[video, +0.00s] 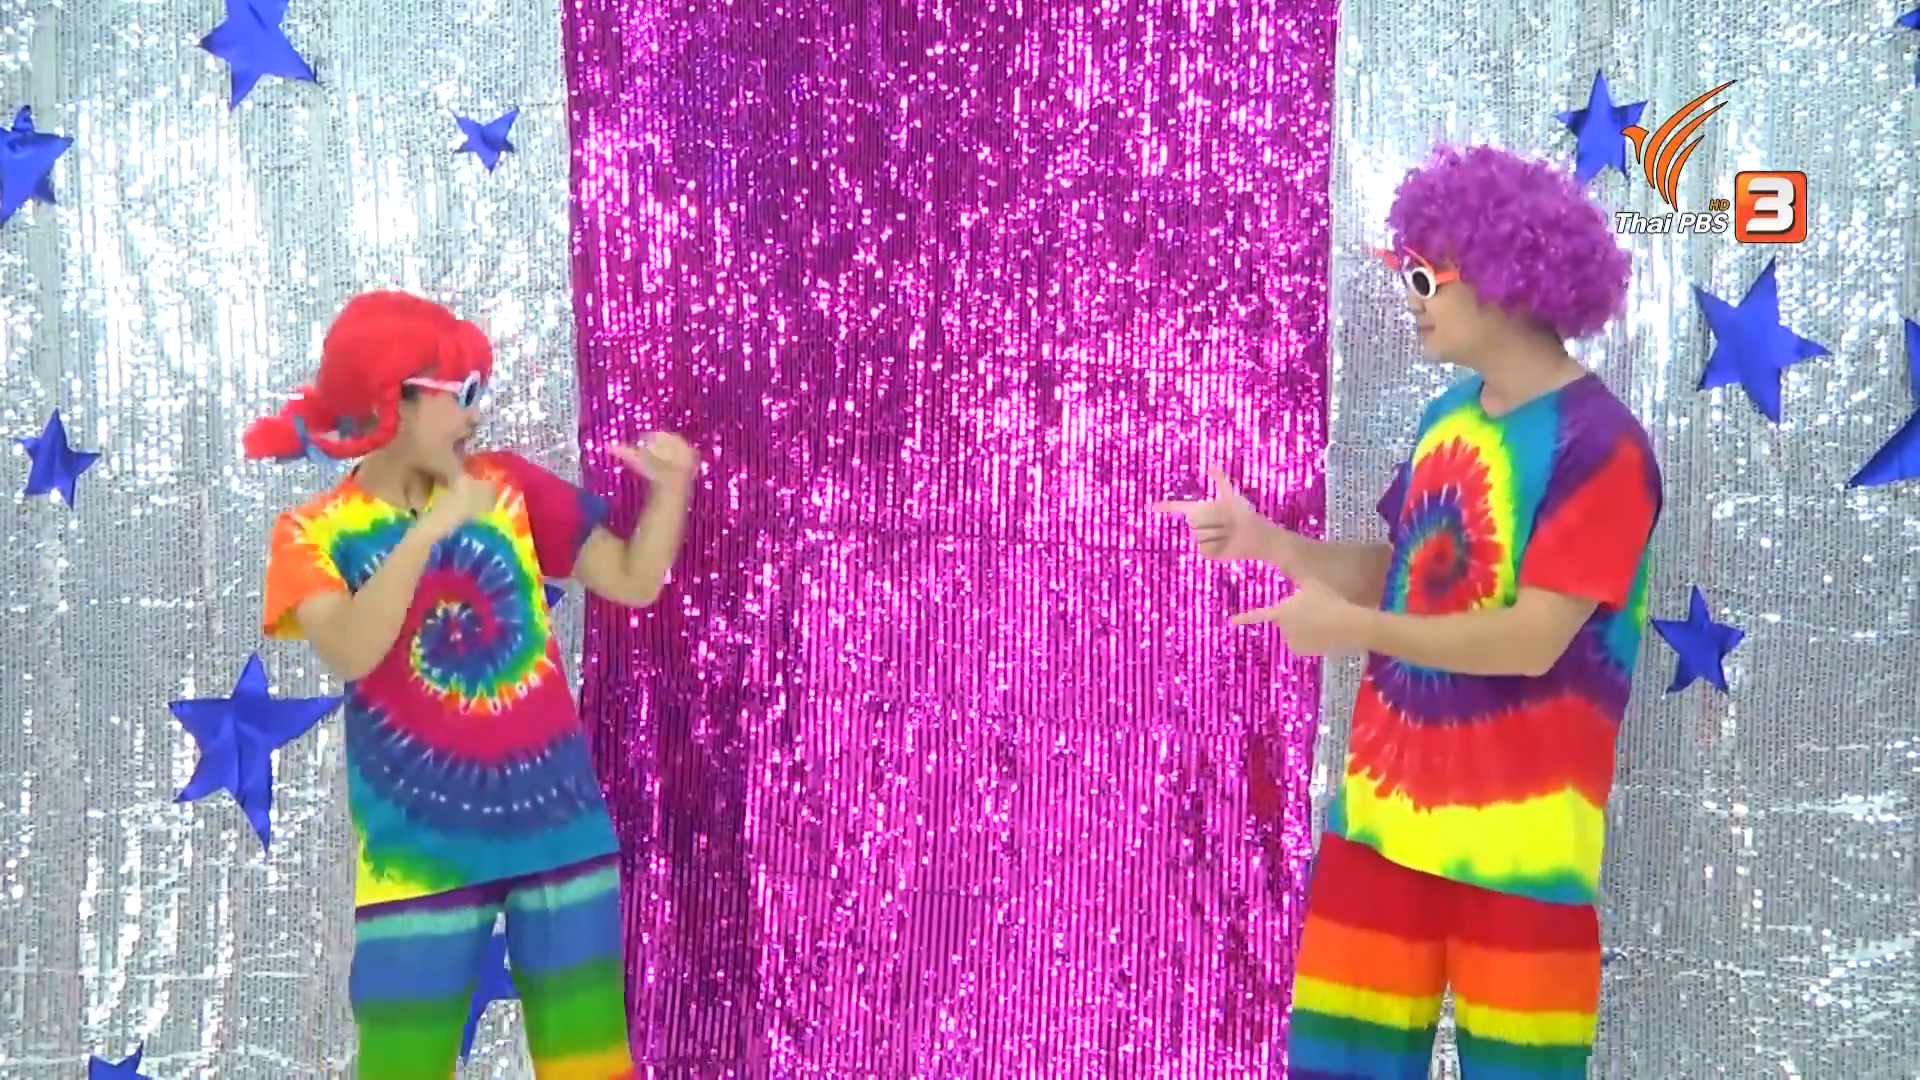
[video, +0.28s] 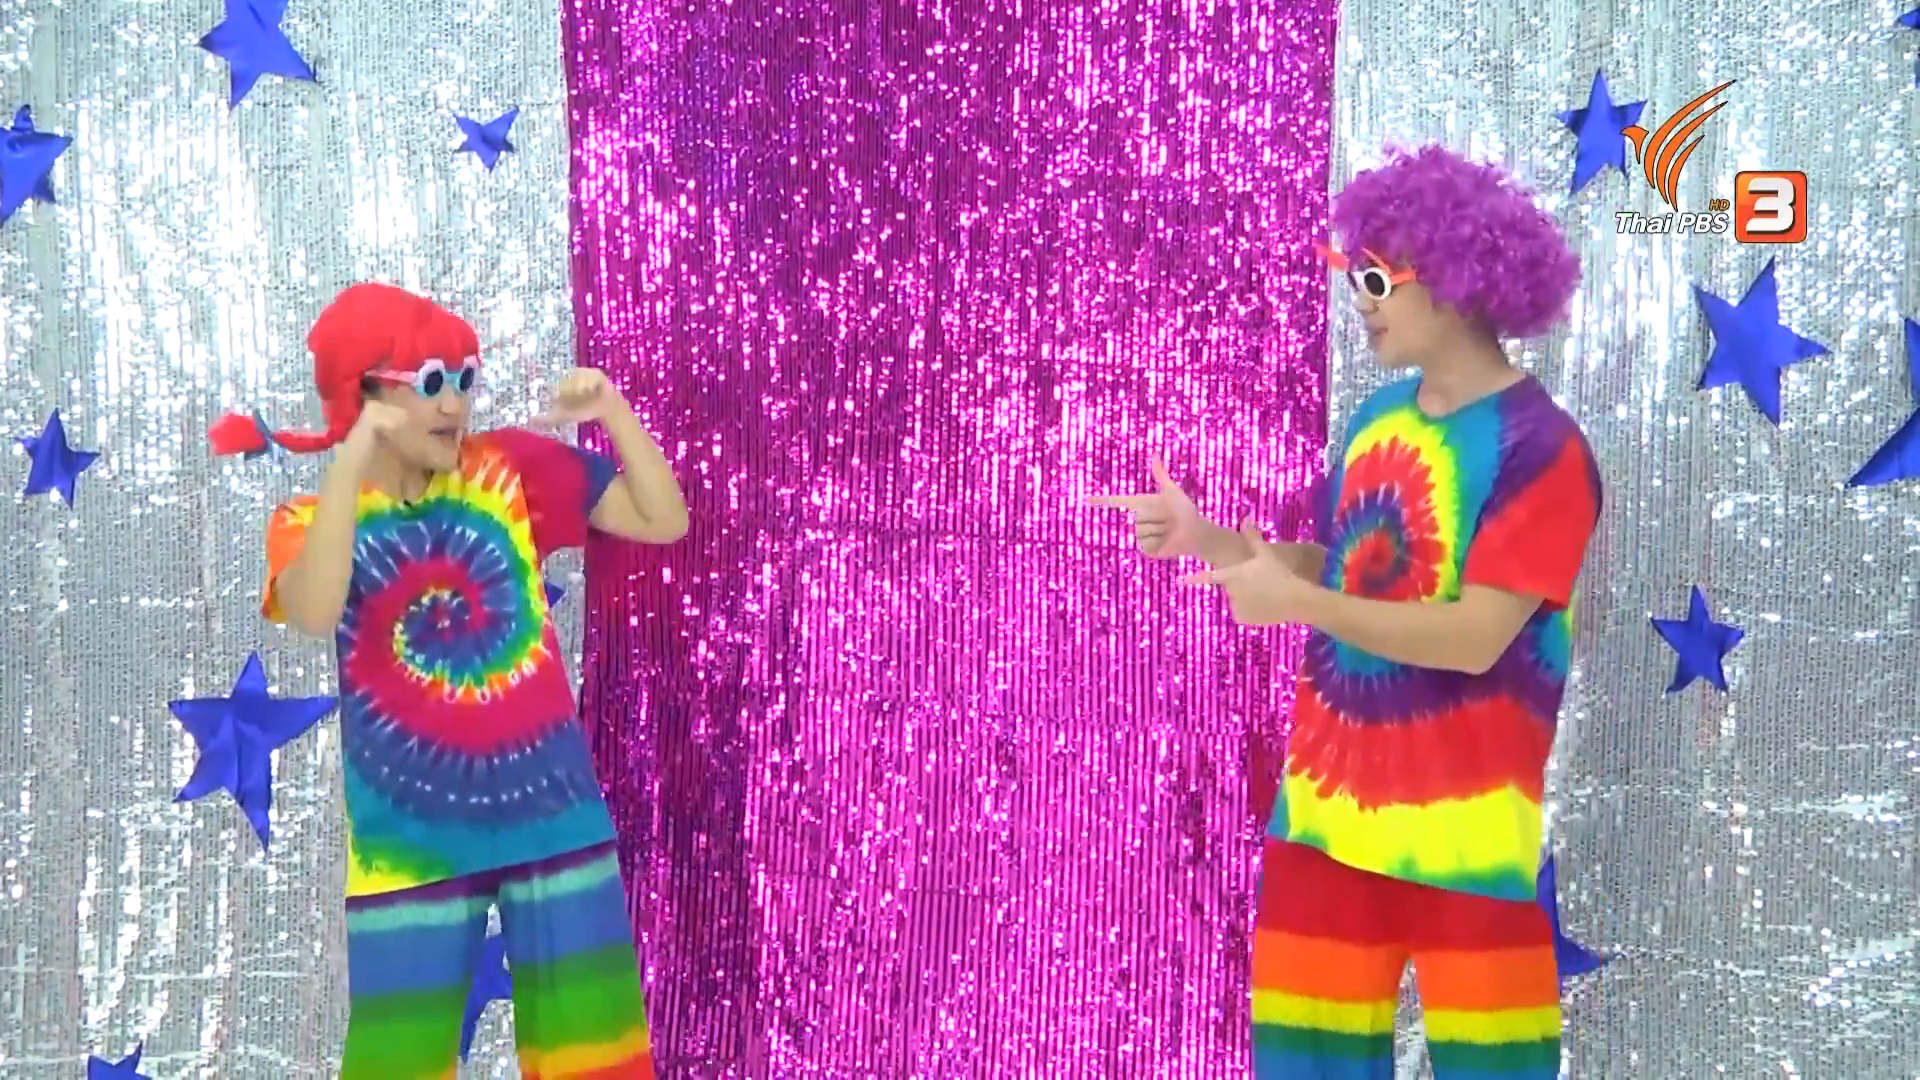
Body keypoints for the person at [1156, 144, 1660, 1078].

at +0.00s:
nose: (1409, 302)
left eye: (1427, 278)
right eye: (1410, 279)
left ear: (1507, 283)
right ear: (1493, 286)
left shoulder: (1605, 446)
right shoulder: (1447, 422)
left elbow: (1532, 640)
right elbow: (1391, 577)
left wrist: (1359, 628)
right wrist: (1266, 538)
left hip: (1520, 853)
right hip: (1382, 830)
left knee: (1518, 1066)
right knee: (1337, 1058)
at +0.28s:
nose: (1359, 305)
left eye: (1378, 280)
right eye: (1357, 283)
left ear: (1457, 283)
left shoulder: (1547, 450)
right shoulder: (1375, 423)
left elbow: (1475, 637)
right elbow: (1323, 568)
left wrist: (1304, 601)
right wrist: (1209, 537)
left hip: (1470, 847)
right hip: (1325, 832)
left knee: (1491, 1064)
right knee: (1303, 1061)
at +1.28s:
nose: (1366, 280)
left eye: (1389, 258)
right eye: (1339, 261)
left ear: (1422, 273)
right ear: (1301, 277)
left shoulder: (1488, 417)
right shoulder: (1249, 431)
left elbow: (1538, 591)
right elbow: (1217, 622)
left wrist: (1578, 770)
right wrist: (1298, 778)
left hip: (1469, 814)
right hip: (1311, 814)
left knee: (1492, 1056)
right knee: (1305, 1061)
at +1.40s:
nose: (1403, 297)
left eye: (1426, 274)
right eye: (1376, 278)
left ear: (1461, 290)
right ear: (1339, 299)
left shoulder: (1522, 441)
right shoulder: (1282, 447)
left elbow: (1545, 632)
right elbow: (1249, 644)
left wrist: (1551, 808)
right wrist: (1288, 823)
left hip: (1491, 847)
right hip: (1334, 851)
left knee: (1505, 1065)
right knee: (1309, 1068)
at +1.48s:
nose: (1433, 281)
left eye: (1455, 258)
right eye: (1405, 261)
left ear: (1491, 275)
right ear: (1366, 284)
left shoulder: (1547, 433)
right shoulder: (1307, 431)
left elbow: (1568, 624)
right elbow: (1276, 626)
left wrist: (1576, 806)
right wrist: (1274, 807)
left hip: (1503, 834)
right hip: (1348, 833)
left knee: (1506, 1065)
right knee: (1326, 1064)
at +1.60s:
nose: (1469, 257)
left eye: (1492, 234)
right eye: (1442, 236)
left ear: (1528, 254)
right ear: (1403, 258)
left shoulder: (1582, 414)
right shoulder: (1338, 405)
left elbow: (1621, 601)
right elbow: (1284, 591)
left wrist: (1627, 775)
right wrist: (1269, 775)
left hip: (1524, 812)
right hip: (1366, 807)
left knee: (1514, 1061)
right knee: (1350, 1058)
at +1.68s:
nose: (1487, 253)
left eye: (1511, 229)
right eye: (1460, 231)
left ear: (1547, 251)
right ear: (1421, 254)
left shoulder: (1602, 413)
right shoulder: (1353, 401)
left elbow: (1645, 593)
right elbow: (1286, 581)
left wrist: (1660, 774)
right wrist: (1277, 765)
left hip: (1536, 811)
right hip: (1378, 804)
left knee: (1525, 1062)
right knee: (1352, 1058)